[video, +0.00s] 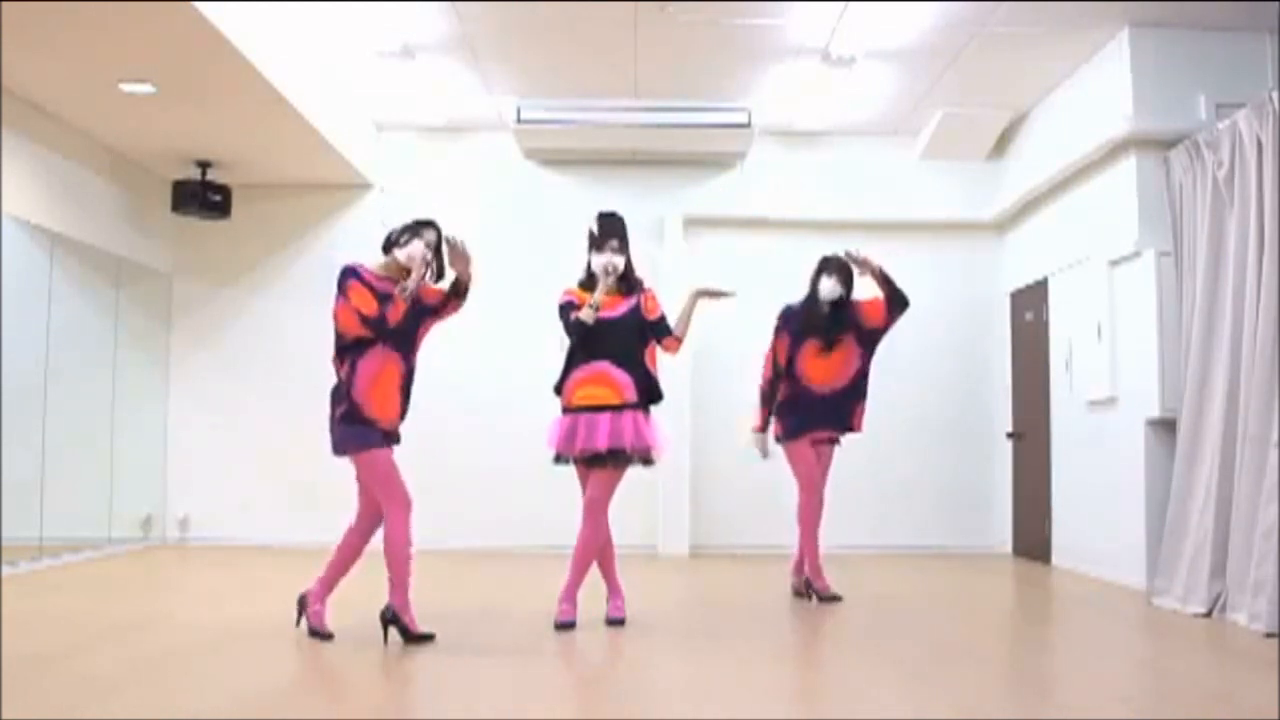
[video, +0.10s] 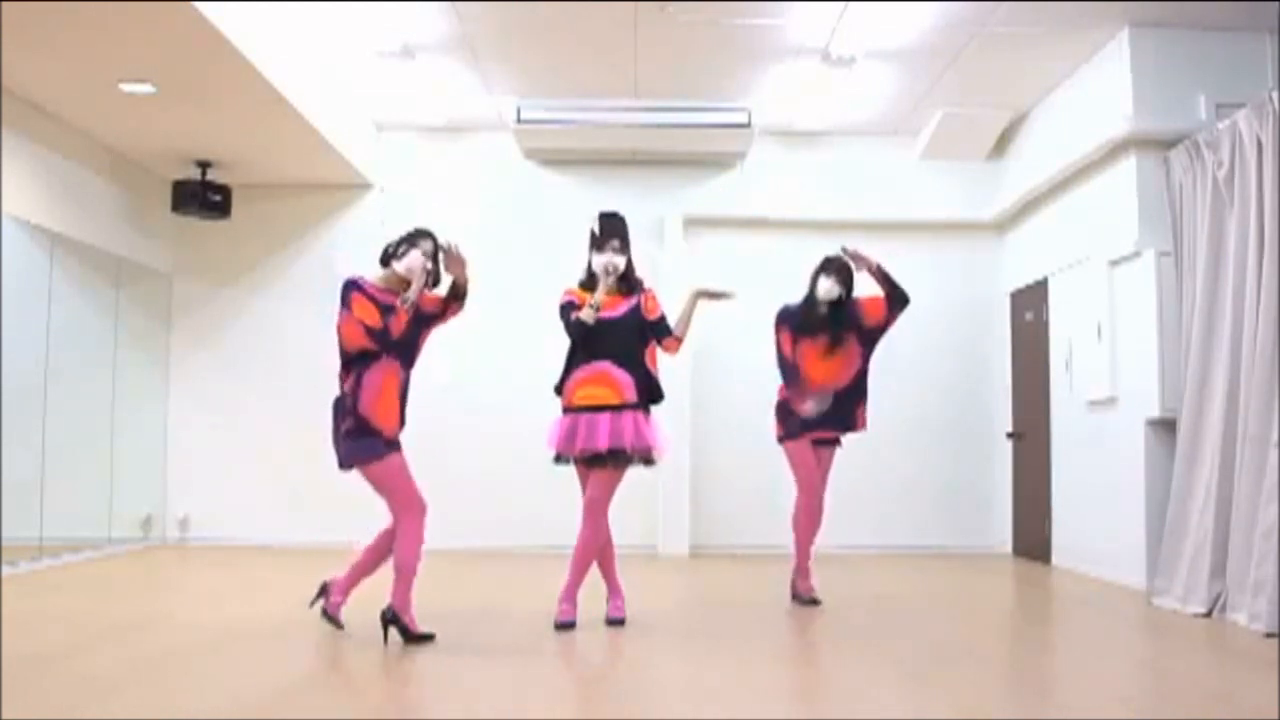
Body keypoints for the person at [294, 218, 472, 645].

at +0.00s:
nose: (425, 255)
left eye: (431, 253)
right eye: (422, 244)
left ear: (427, 264)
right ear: (398, 241)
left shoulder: (415, 297)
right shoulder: (355, 278)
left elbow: (449, 303)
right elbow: (375, 327)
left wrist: (462, 278)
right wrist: (409, 288)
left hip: (385, 417)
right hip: (354, 413)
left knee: (369, 515)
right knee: (397, 504)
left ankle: (316, 596)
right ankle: (400, 605)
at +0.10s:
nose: (428, 269)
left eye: (433, 266)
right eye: (424, 257)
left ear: (426, 274)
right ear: (397, 253)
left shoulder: (414, 306)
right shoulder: (357, 292)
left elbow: (450, 307)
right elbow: (381, 340)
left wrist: (459, 280)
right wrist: (414, 292)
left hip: (386, 422)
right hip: (359, 420)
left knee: (404, 519)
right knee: (411, 508)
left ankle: (340, 589)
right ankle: (401, 606)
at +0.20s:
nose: (422, 274)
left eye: (427, 270)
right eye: (418, 263)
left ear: (424, 279)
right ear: (393, 264)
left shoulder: (413, 315)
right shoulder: (357, 303)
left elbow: (448, 309)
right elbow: (386, 350)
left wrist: (454, 282)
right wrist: (410, 302)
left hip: (388, 433)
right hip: (360, 431)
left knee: (418, 522)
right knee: (421, 516)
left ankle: (353, 578)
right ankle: (401, 608)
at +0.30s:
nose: (414, 275)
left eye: (419, 271)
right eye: (409, 263)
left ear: (418, 279)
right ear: (386, 263)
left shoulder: (416, 314)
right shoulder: (351, 302)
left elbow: (454, 303)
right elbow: (367, 347)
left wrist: (449, 276)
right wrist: (395, 299)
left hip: (393, 429)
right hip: (359, 425)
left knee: (400, 525)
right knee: (405, 509)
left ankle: (356, 580)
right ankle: (398, 605)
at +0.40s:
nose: (401, 268)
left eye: (408, 263)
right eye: (395, 258)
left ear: (411, 272)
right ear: (375, 258)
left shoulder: (416, 310)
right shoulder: (344, 299)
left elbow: (462, 305)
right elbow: (344, 344)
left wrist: (443, 272)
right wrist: (376, 299)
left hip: (392, 429)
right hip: (349, 424)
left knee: (376, 514)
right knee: (390, 497)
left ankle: (356, 589)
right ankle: (382, 597)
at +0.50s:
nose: (389, 263)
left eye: (398, 257)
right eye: (383, 253)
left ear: (403, 267)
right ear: (366, 256)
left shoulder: (412, 307)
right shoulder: (339, 293)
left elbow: (459, 304)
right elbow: (334, 339)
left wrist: (430, 264)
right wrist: (364, 299)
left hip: (390, 423)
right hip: (343, 418)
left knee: (378, 511)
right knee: (373, 494)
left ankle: (355, 590)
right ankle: (347, 587)